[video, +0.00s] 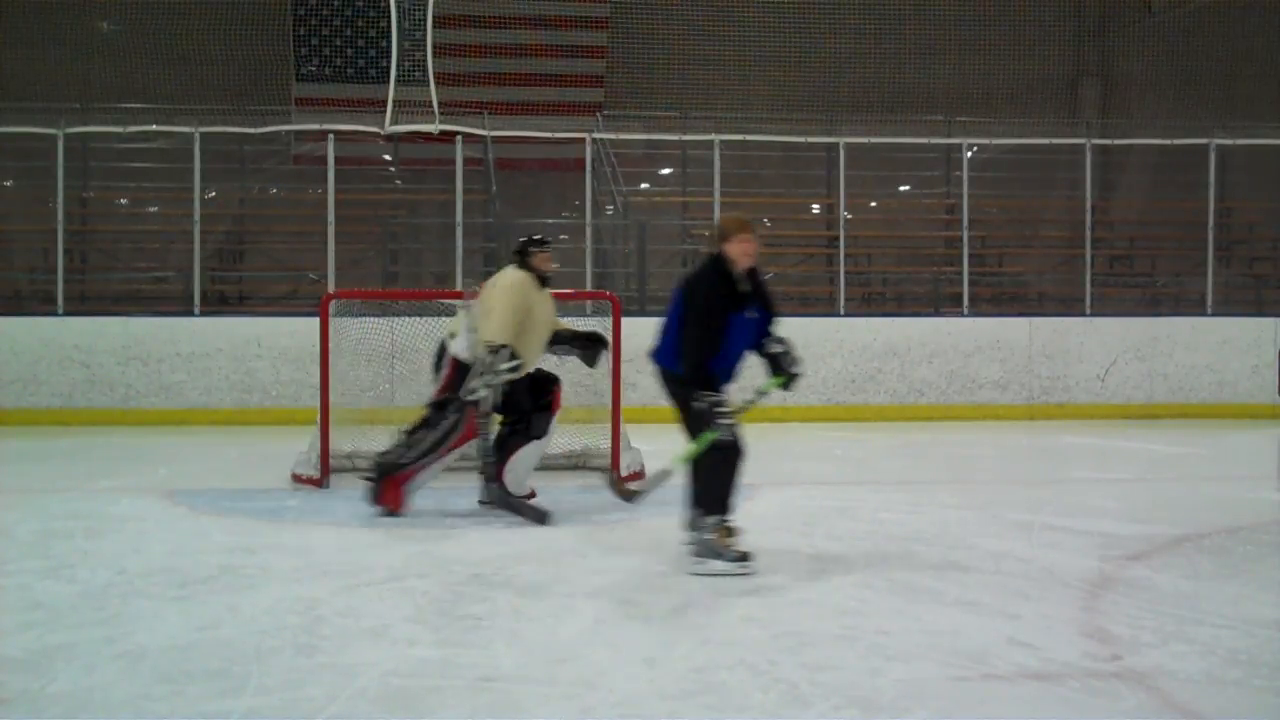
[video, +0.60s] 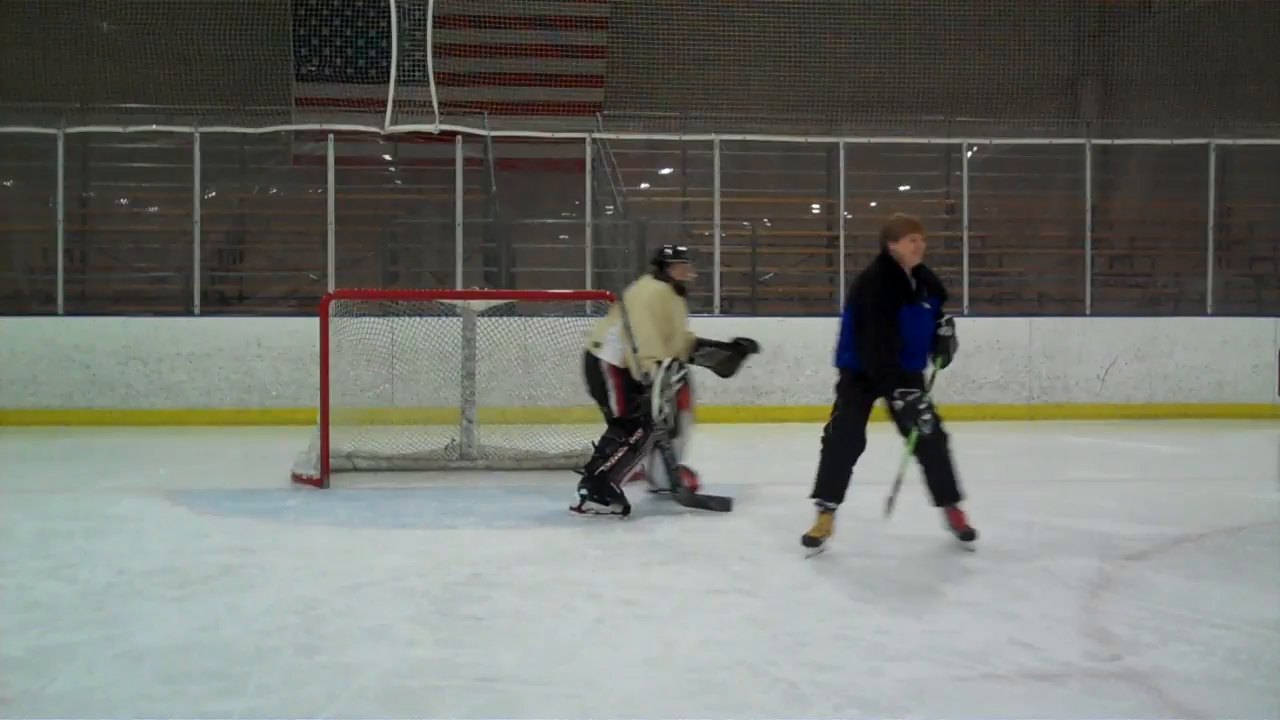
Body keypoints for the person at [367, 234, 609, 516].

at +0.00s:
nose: (549, 260)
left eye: (549, 255)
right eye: (542, 254)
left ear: (545, 260)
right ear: (527, 257)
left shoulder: (537, 290)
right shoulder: (512, 281)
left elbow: (539, 332)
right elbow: (498, 330)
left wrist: (576, 341)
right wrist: (495, 368)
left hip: (498, 367)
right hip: (469, 361)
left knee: (542, 392)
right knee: (455, 424)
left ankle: (505, 484)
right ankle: (393, 478)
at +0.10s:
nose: (572, 256)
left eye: (574, 251)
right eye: (566, 251)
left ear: (573, 255)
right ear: (551, 253)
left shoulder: (566, 289)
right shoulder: (531, 279)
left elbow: (566, 334)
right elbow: (524, 334)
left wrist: (598, 345)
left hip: (524, 357)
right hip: (490, 350)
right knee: (489, 416)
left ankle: (516, 482)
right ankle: (444, 475)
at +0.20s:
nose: (593, 254)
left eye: (594, 249)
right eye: (587, 249)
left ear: (594, 253)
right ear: (570, 252)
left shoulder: (588, 287)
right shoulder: (550, 277)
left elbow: (593, 329)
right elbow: (548, 322)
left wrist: (620, 345)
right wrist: (560, 360)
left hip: (544, 351)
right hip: (509, 346)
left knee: (554, 414)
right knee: (527, 413)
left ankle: (531, 477)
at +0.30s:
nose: (612, 256)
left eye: (613, 251)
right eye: (606, 251)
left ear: (613, 255)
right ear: (590, 254)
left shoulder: (608, 288)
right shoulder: (574, 277)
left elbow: (615, 326)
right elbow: (575, 324)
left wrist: (643, 340)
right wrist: (593, 358)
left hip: (556, 354)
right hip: (532, 349)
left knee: (570, 417)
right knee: (558, 417)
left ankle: (548, 479)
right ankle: (541, 480)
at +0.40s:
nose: (634, 263)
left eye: (636, 257)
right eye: (628, 257)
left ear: (638, 261)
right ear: (612, 258)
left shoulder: (628, 292)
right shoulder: (598, 281)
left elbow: (634, 329)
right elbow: (599, 326)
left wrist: (667, 340)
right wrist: (615, 362)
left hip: (582, 357)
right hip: (558, 353)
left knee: (601, 419)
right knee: (590, 420)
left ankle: (579, 477)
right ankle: (567, 479)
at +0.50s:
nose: (659, 267)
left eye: (660, 261)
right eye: (653, 262)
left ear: (656, 265)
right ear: (637, 263)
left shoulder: (648, 294)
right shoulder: (622, 287)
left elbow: (652, 335)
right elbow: (623, 333)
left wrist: (690, 343)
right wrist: (642, 367)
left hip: (606, 360)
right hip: (582, 357)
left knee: (626, 420)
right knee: (615, 422)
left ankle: (596, 478)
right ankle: (588, 483)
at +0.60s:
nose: (687, 272)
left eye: (687, 267)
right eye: (681, 267)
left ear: (682, 270)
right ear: (666, 268)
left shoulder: (672, 298)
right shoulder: (648, 291)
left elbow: (678, 340)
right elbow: (648, 342)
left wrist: (718, 350)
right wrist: (663, 378)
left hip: (631, 364)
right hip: (607, 360)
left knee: (643, 422)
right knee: (626, 425)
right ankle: (597, 483)